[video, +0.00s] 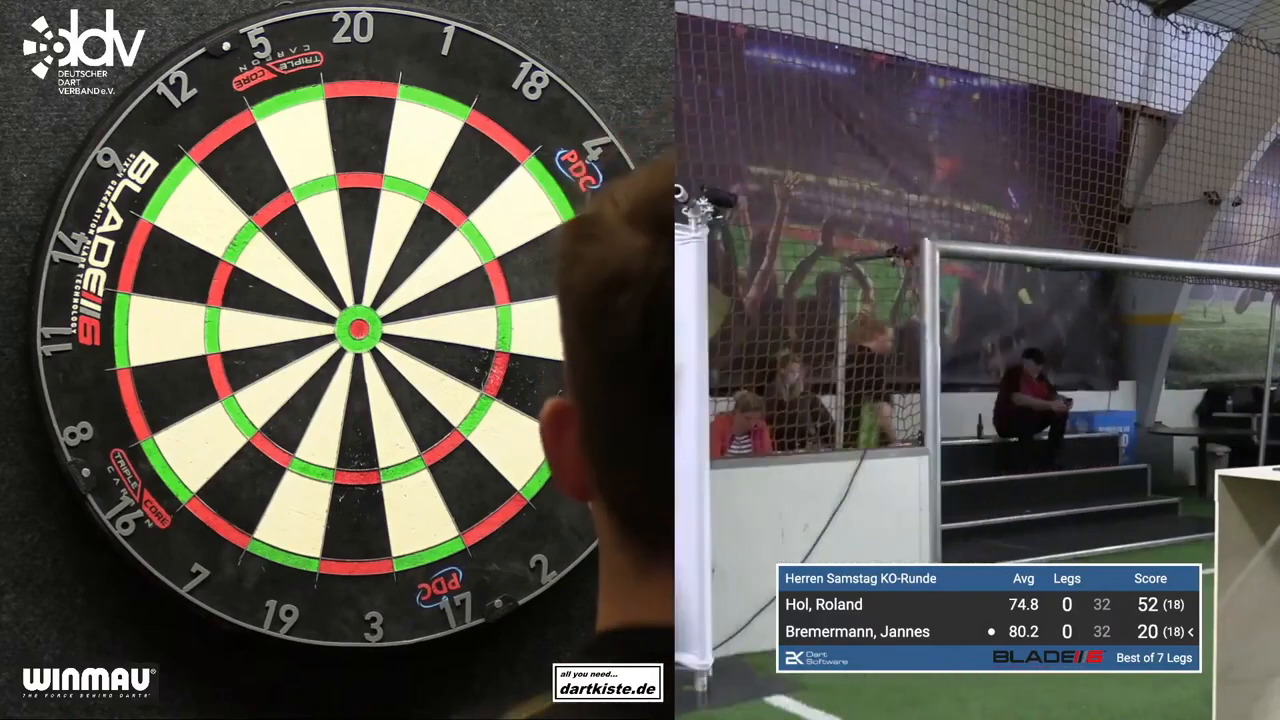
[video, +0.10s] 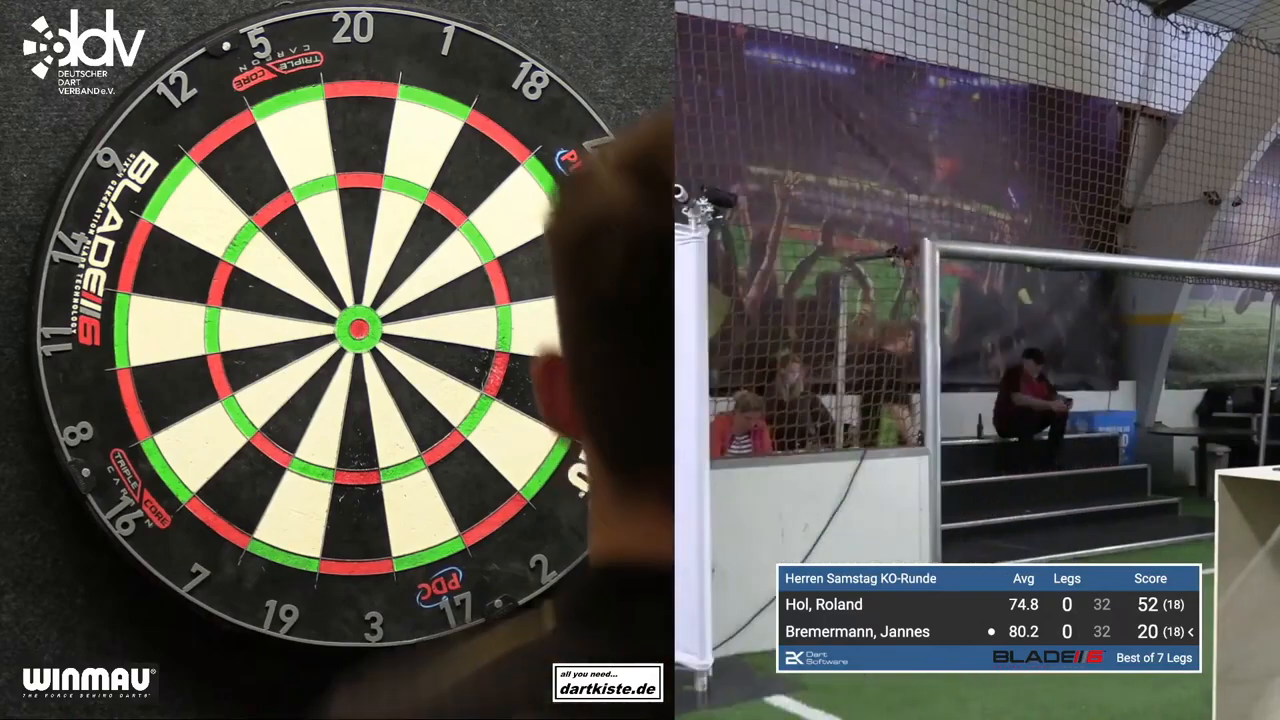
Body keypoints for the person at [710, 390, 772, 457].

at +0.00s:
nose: (753, 423)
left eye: (757, 418)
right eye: (748, 418)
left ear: (761, 418)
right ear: (736, 413)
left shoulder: (760, 428)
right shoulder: (719, 424)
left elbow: (766, 457)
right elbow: (714, 459)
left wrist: (763, 431)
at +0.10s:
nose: (753, 423)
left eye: (757, 418)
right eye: (748, 418)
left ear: (761, 418)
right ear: (736, 413)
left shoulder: (760, 428)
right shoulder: (719, 424)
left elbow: (766, 457)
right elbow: (714, 459)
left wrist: (763, 431)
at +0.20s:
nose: (753, 422)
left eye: (757, 418)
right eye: (748, 418)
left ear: (761, 417)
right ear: (736, 413)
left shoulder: (761, 427)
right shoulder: (719, 424)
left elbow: (767, 456)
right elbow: (714, 458)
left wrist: (764, 430)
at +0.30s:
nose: (753, 422)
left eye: (756, 418)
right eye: (748, 418)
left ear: (761, 417)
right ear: (736, 413)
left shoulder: (761, 427)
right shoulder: (719, 424)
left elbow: (767, 456)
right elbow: (714, 459)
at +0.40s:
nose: (753, 423)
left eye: (757, 418)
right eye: (747, 418)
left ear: (761, 417)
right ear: (736, 413)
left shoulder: (761, 427)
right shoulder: (719, 424)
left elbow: (767, 457)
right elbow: (714, 459)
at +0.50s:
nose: (753, 423)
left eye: (757, 418)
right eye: (748, 418)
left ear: (760, 417)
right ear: (736, 413)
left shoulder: (761, 427)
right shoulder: (719, 424)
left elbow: (768, 456)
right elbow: (714, 459)